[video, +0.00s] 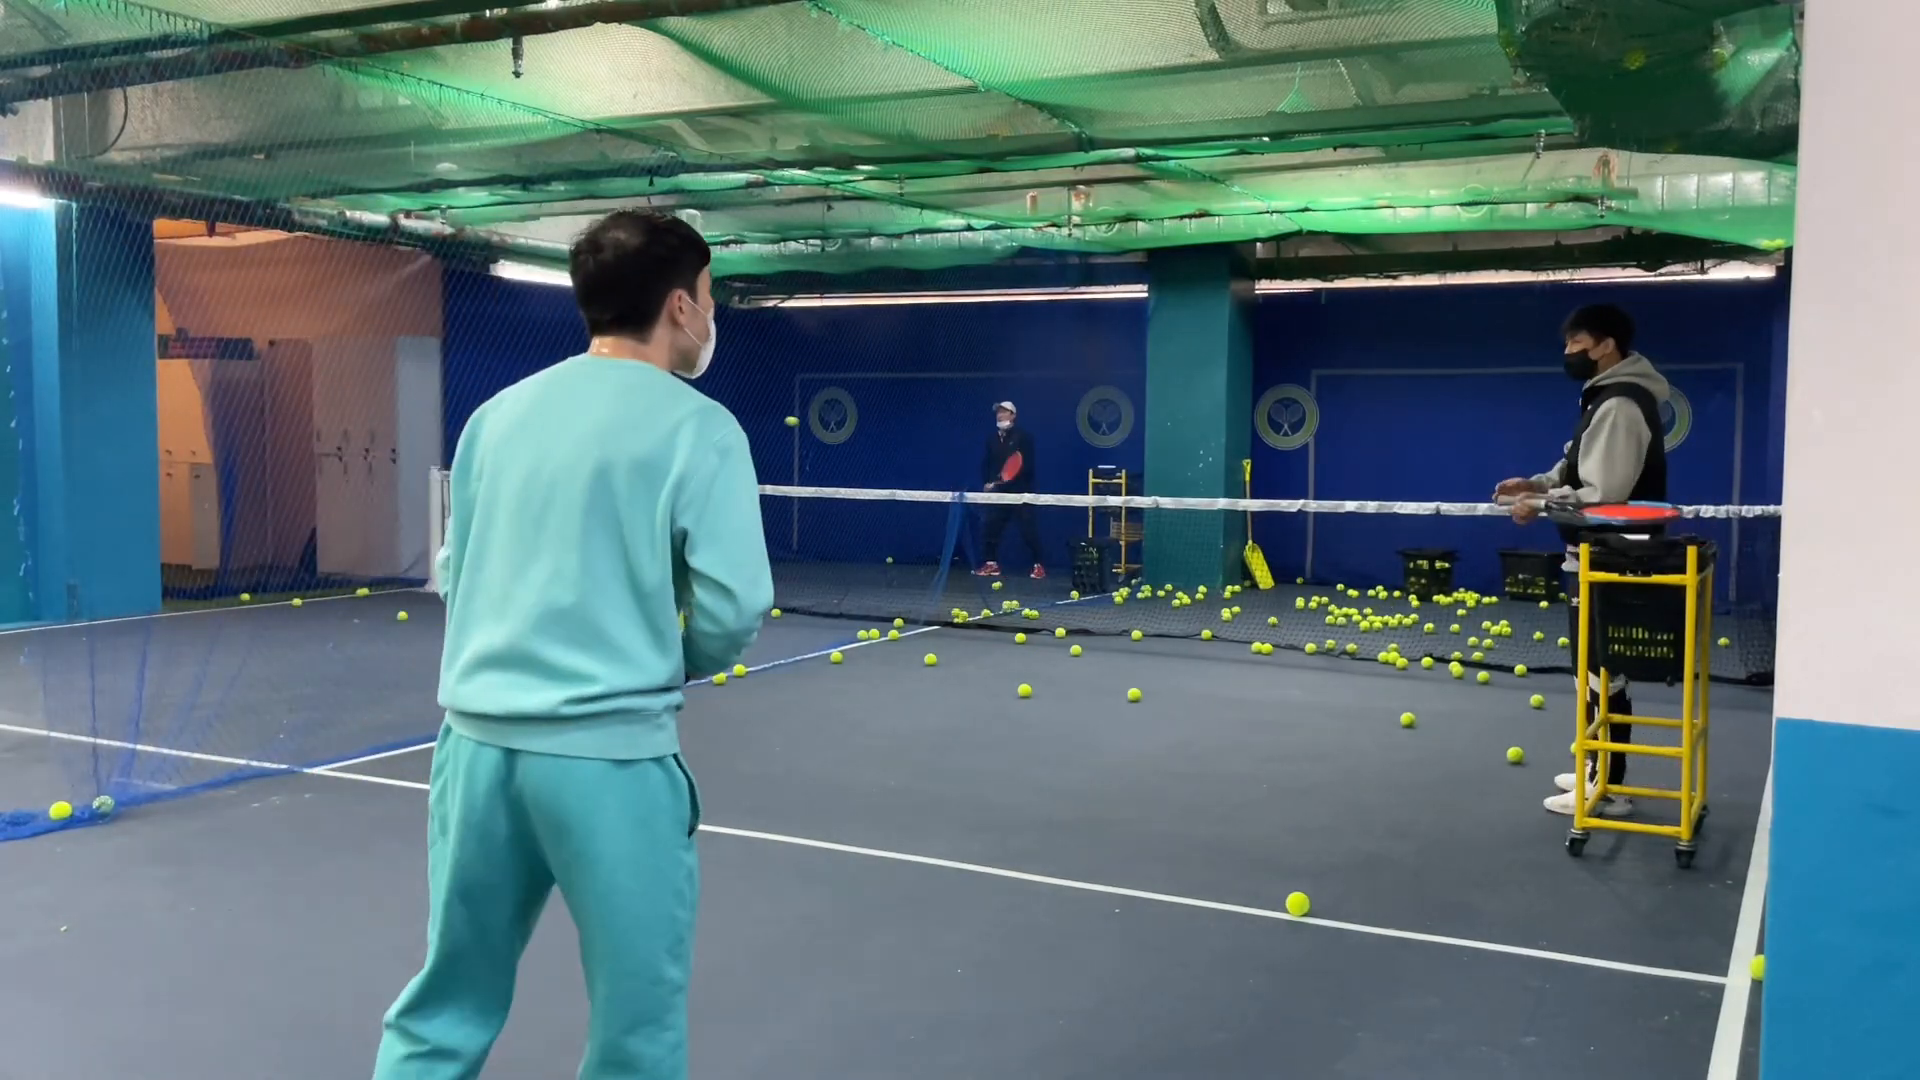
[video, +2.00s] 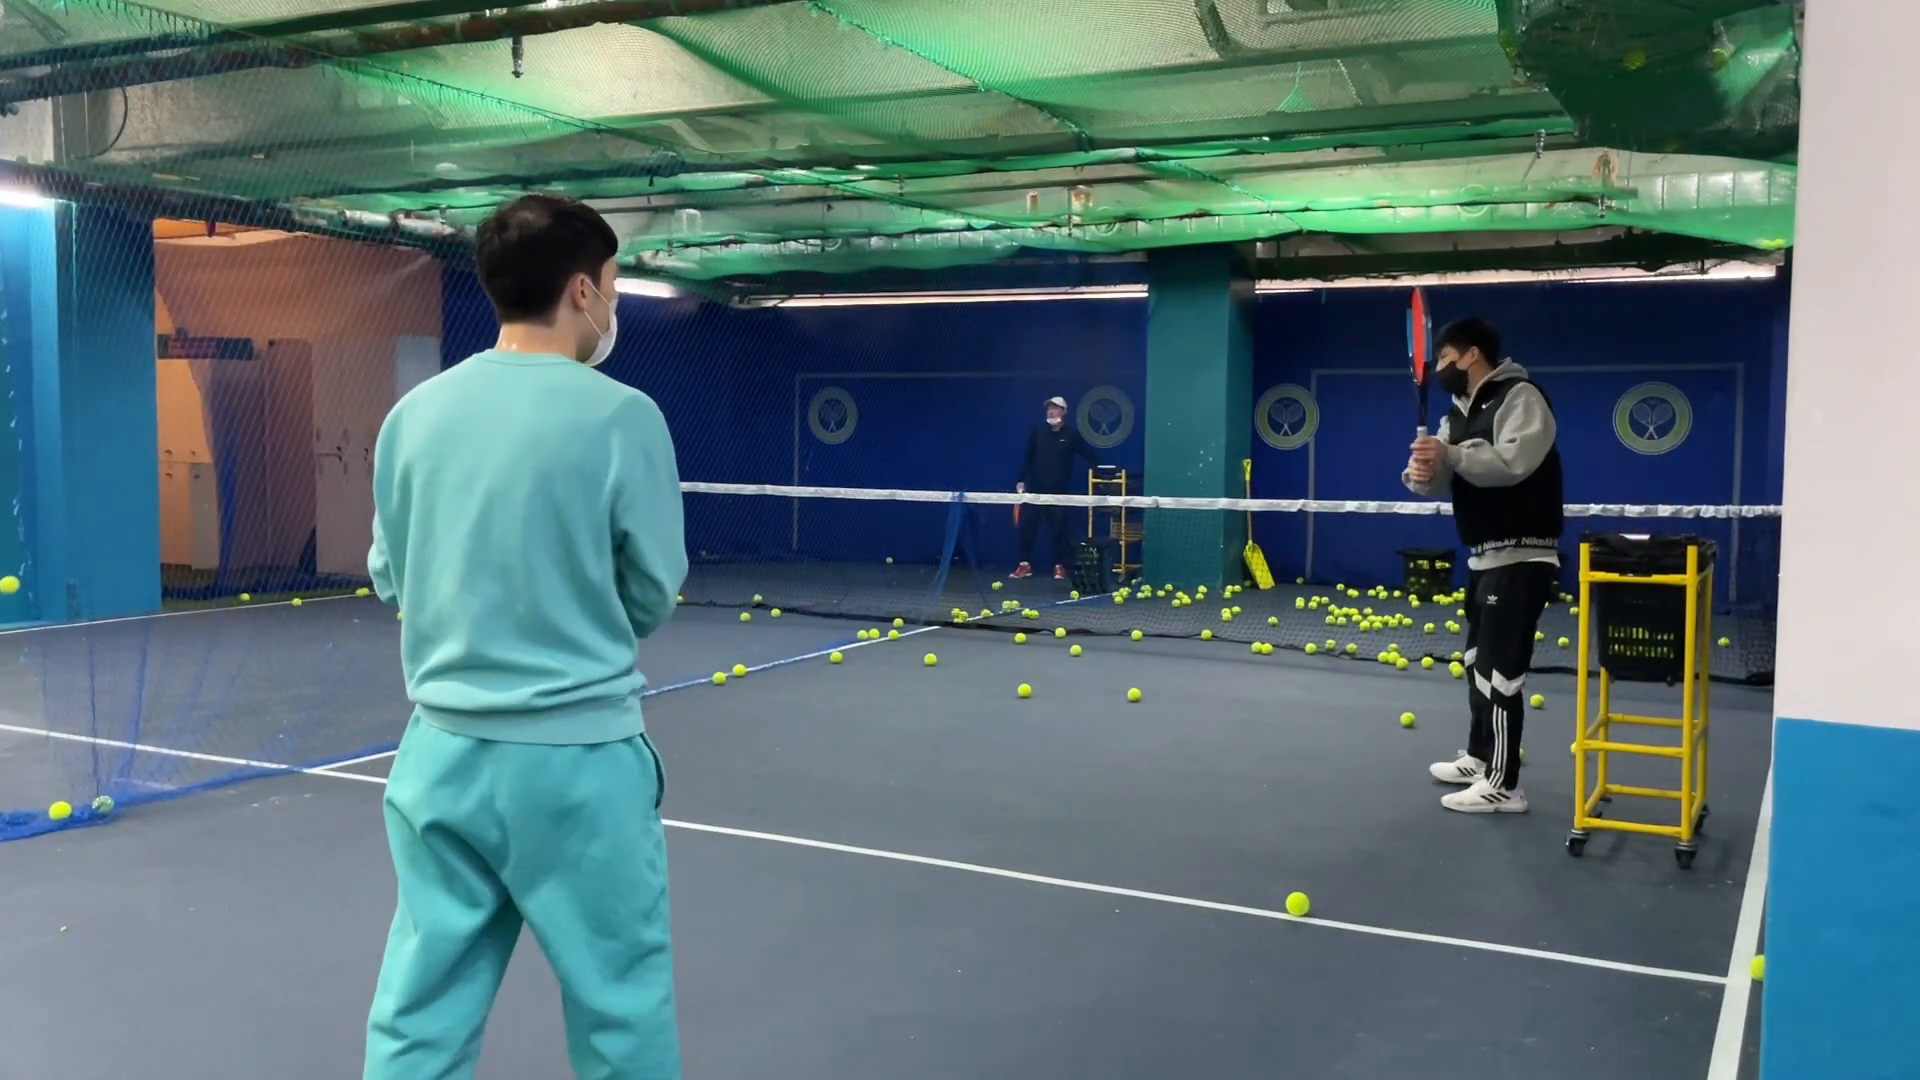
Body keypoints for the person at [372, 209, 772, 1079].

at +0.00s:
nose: (711, 314)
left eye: (712, 295)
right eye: (708, 295)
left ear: (597, 306)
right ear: (678, 305)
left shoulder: (494, 417)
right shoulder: (698, 426)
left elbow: (454, 579)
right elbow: (730, 605)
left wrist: (535, 636)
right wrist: (666, 655)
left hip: (474, 754)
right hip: (612, 764)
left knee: (445, 1006)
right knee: (639, 1029)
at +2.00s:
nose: (615, 302)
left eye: (614, 282)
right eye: (611, 282)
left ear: (497, 293)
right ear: (578, 291)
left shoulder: (414, 413)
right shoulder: (622, 415)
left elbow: (393, 577)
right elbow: (653, 589)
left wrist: (484, 616)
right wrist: (566, 627)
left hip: (439, 761)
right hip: (582, 767)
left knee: (418, 1020)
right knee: (625, 1020)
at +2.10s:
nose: (640, 295)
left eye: (638, 276)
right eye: (636, 277)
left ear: (526, 292)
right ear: (606, 289)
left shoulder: (443, 410)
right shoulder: (656, 417)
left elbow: (414, 576)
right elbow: (673, 587)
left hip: (468, 760)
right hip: (610, 767)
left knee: (438, 1010)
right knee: (641, 1018)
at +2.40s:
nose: (707, 300)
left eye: (705, 283)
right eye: (704, 283)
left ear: (599, 293)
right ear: (681, 290)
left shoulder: (516, 400)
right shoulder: (730, 413)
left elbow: (457, 565)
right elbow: (713, 534)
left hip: (541, 745)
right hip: (680, 748)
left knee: (492, 988)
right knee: (665, 1002)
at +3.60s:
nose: (739, 335)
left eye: (738, 322)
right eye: (737, 322)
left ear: (639, 328)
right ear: (722, 326)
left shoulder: (608, 405)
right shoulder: (748, 419)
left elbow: (596, 550)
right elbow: (685, 556)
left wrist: (484, 549)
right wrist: (520, 577)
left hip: (629, 716)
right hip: (740, 714)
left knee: (566, 927)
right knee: (737, 905)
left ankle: (545, 1071)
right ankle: (757, 1064)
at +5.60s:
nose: (733, 339)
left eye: (728, 326)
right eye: (732, 327)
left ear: (639, 332)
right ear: (717, 331)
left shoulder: (615, 399)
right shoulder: (749, 419)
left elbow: (624, 533)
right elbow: (725, 561)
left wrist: (538, 620)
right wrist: (568, 630)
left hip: (637, 699)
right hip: (740, 703)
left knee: (569, 910)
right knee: (736, 897)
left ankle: (537, 1069)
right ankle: (754, 1064)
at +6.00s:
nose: (733, 339)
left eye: (729, 326)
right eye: (732, 327)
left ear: (640, 332)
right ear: (718, 331)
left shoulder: (610, 400)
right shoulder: (751, 422)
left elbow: (616, 533)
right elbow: (721, 563)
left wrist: (535, 621)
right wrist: (574, 631)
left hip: (630, 702)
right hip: (737, 705)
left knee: (567, 911)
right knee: (735, 898)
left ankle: (536, 1069)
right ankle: (754, 1064)